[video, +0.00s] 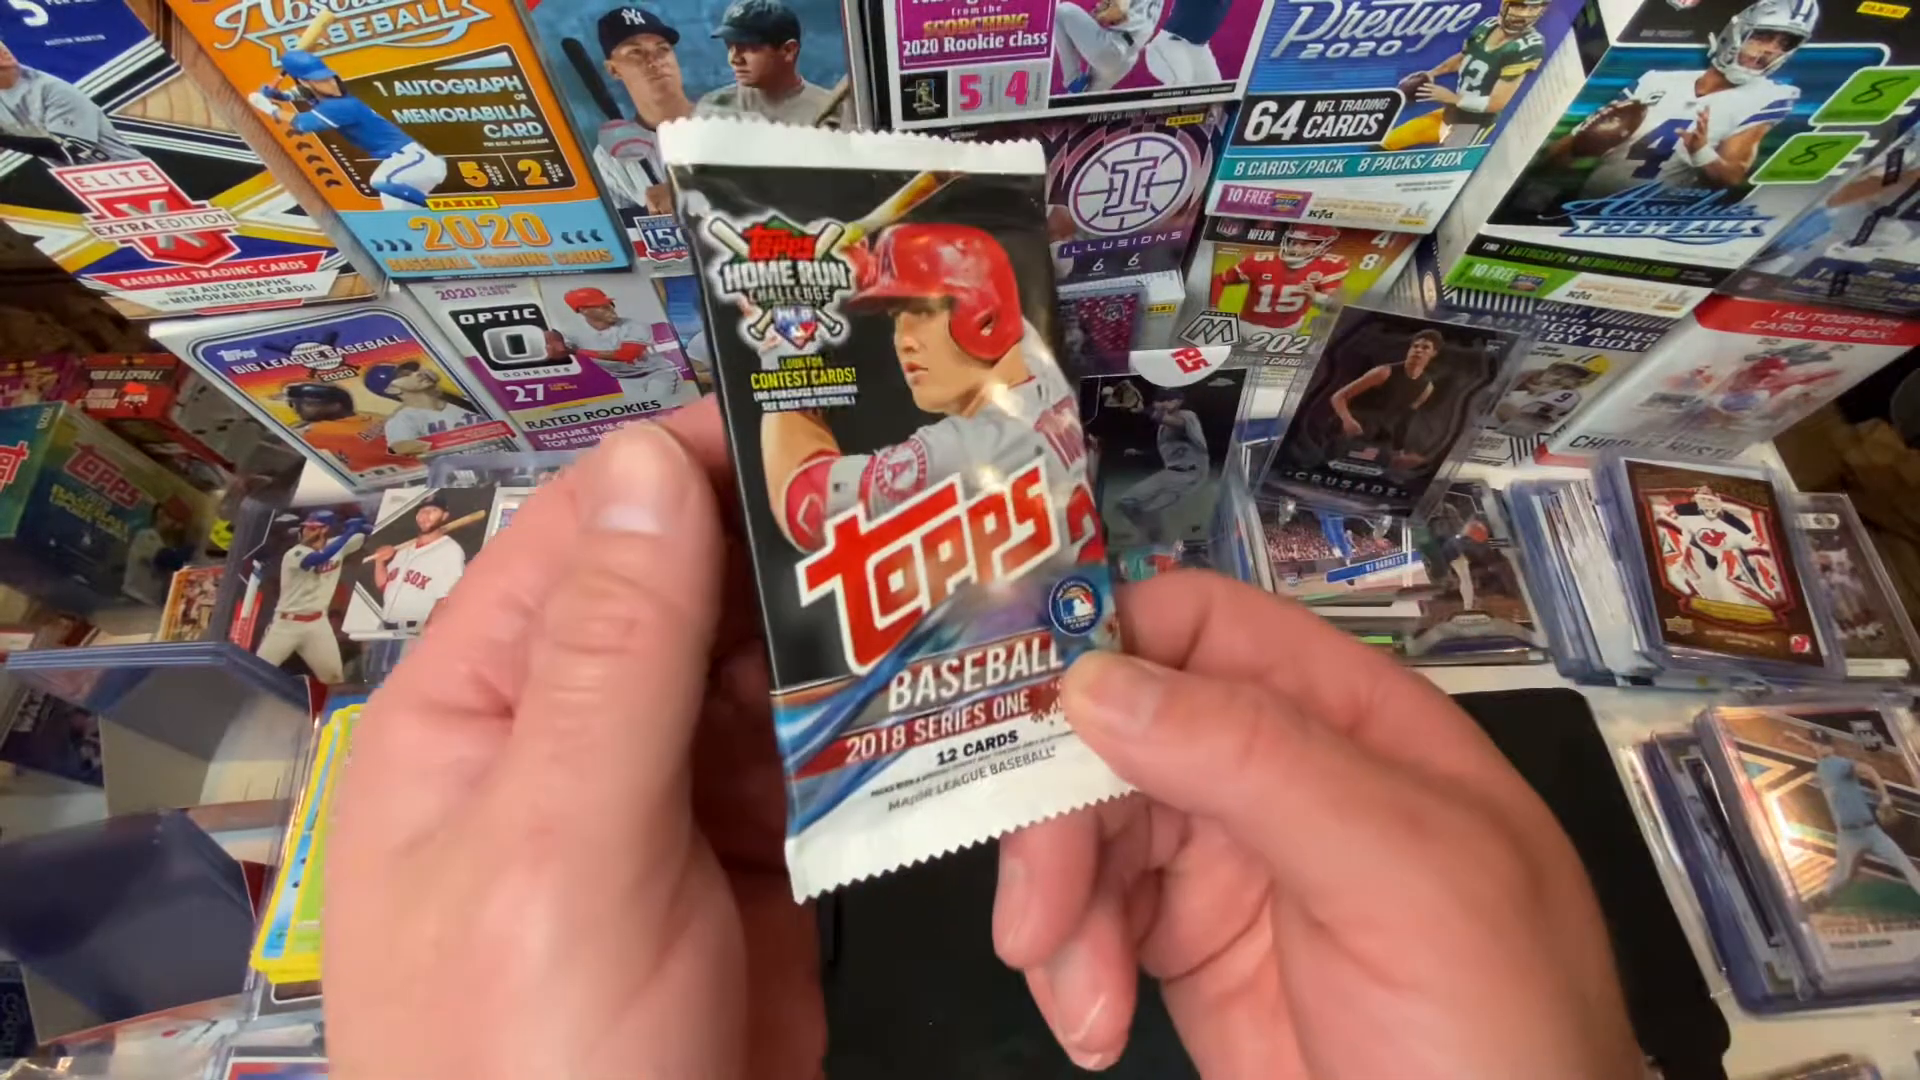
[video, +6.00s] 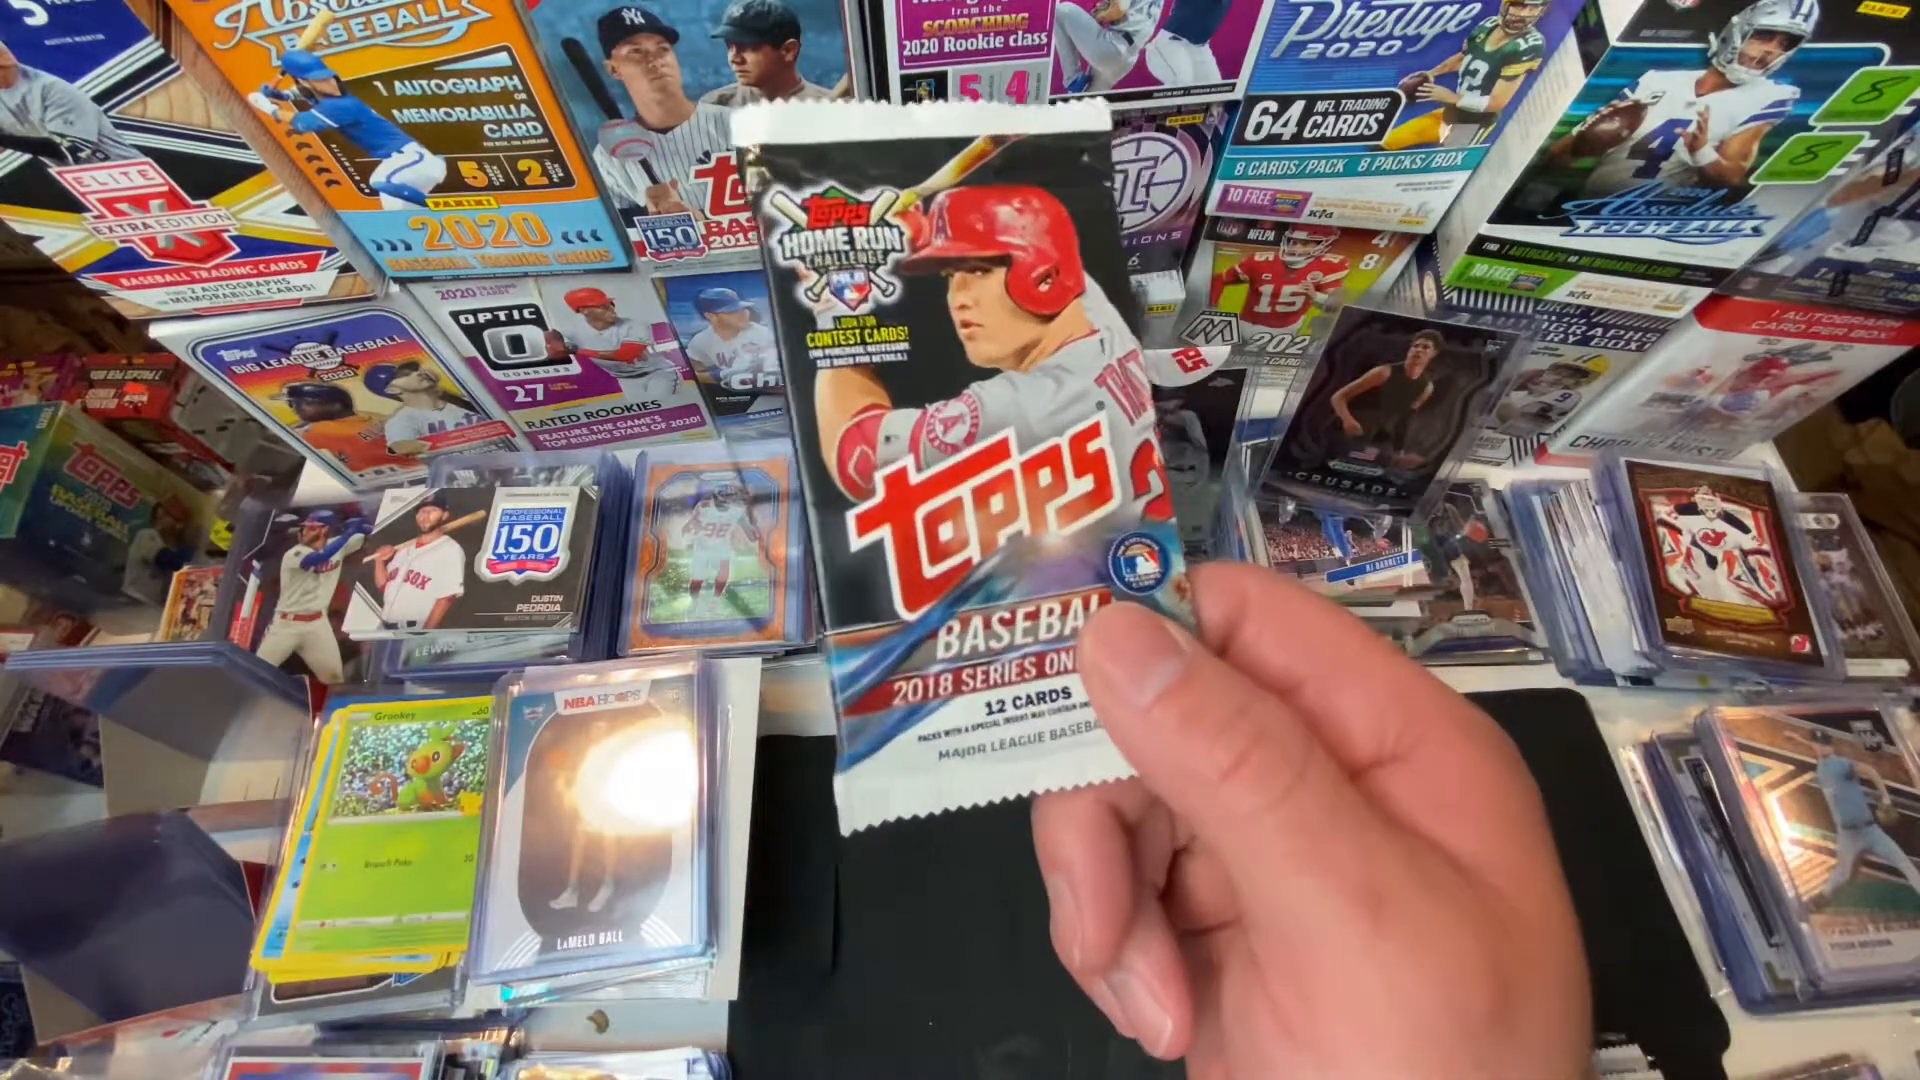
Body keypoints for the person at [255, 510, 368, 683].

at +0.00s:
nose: (304, 531)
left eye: (310, 528)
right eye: (304, 527)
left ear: (324, 531)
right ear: (303, 530)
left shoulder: (336, 549)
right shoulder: (294, 554)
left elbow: (366, 533)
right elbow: (318, 560)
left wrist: (357, 524)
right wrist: (347, 535)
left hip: (317, 625)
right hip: (285, 624)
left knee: (334, 679)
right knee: (259, 671)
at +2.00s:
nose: (304, 531)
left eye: (311, 528)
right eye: (304, 527)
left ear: (324, 531)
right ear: (303, 530)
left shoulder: (337, 548)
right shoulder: (294, 554)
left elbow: (366, 534)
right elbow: (318, 559)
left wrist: (359, 525)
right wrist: (346, 537)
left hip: (317, 625)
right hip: (285, 624)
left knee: (334, 677)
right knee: (258, 670)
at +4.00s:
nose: (303, 532)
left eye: (310, 528)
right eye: (303, 528)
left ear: (323, 531)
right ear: (302, 530)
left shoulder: (337, 548)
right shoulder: (294, 554)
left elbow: (369, 533)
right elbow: (320, 559)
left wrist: (357, 523)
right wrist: (347, 536)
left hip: (317, 625)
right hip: (285, 624)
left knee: (333, 677)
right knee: (259, 670)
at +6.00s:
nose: (304, 531)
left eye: (310, 528)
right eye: (304, 527)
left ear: (324, 531)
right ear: (303, 529)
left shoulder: (337, 549)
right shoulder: (293, 554)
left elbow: (365, 532)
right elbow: (318, 560)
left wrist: (356, 523)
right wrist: (347, 536)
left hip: (317, 625)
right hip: (285, 625)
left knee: (334, 679)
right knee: (258, 671)